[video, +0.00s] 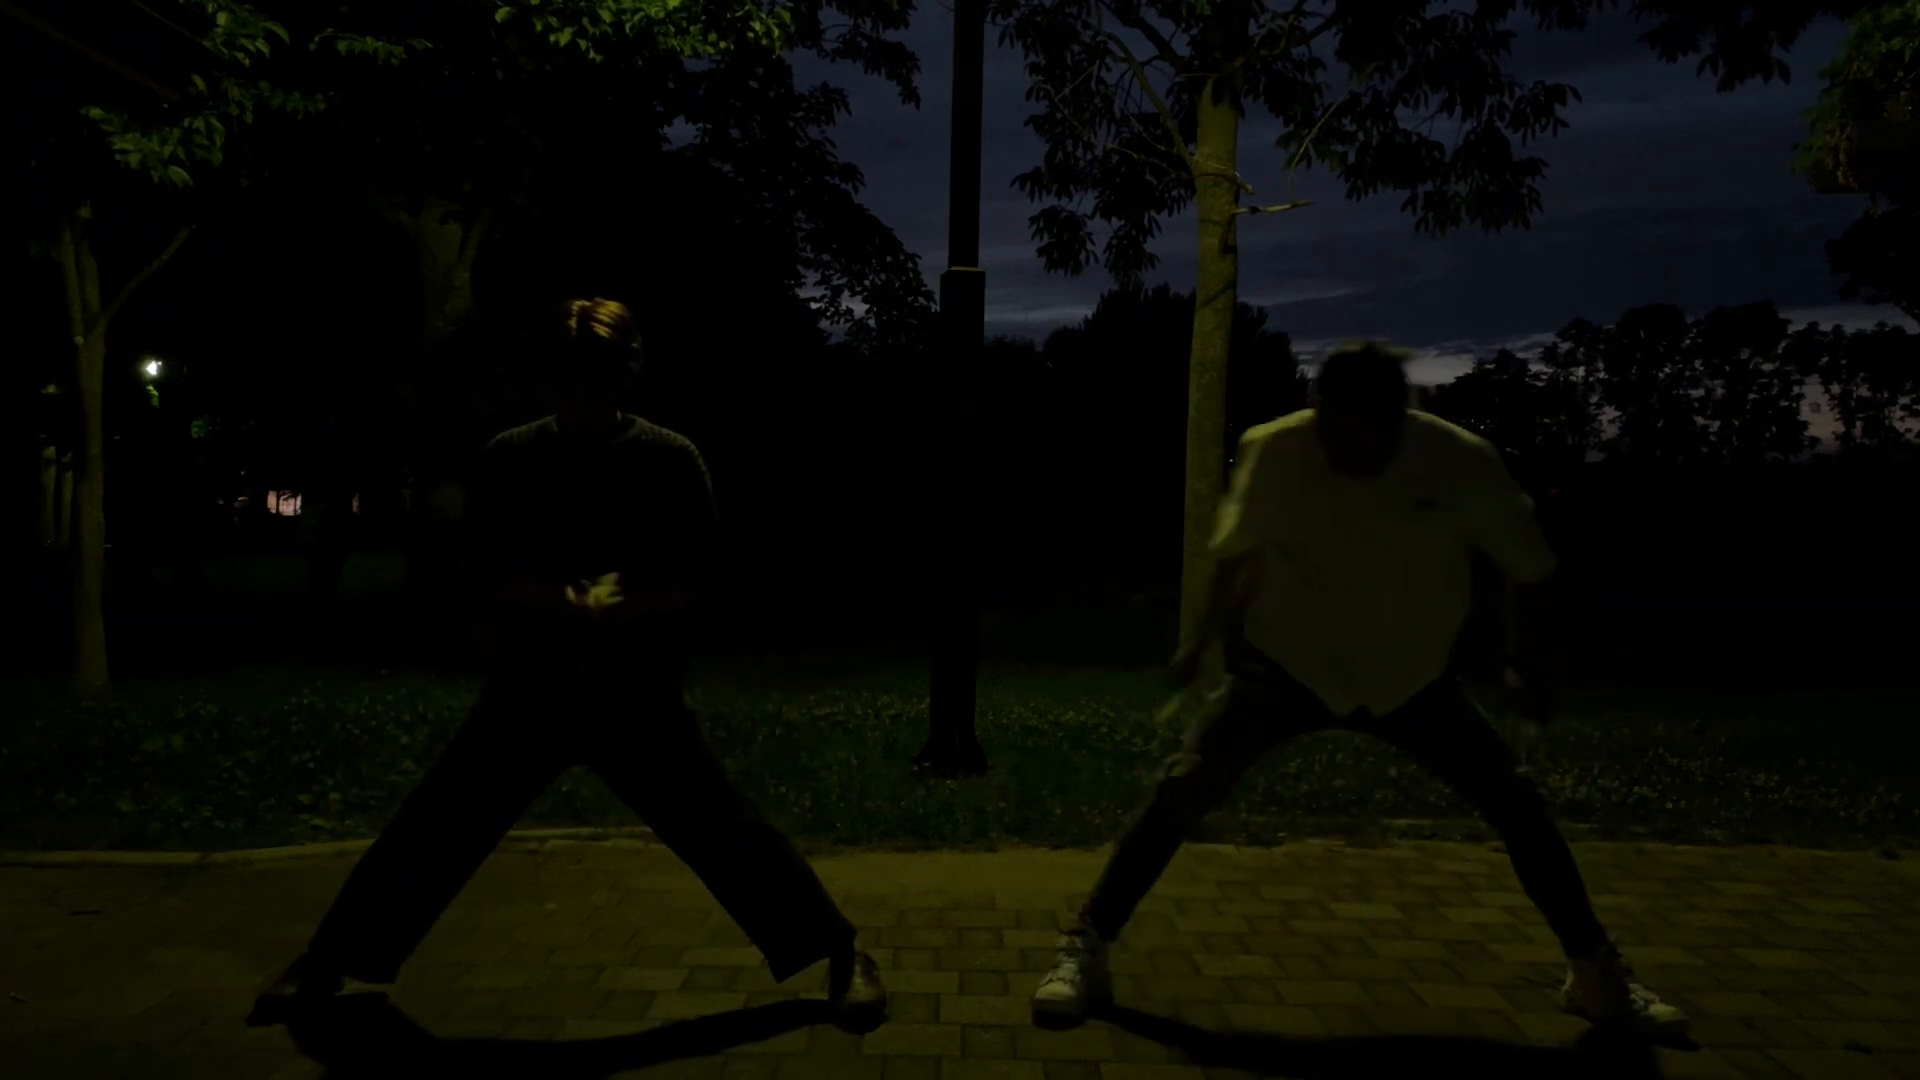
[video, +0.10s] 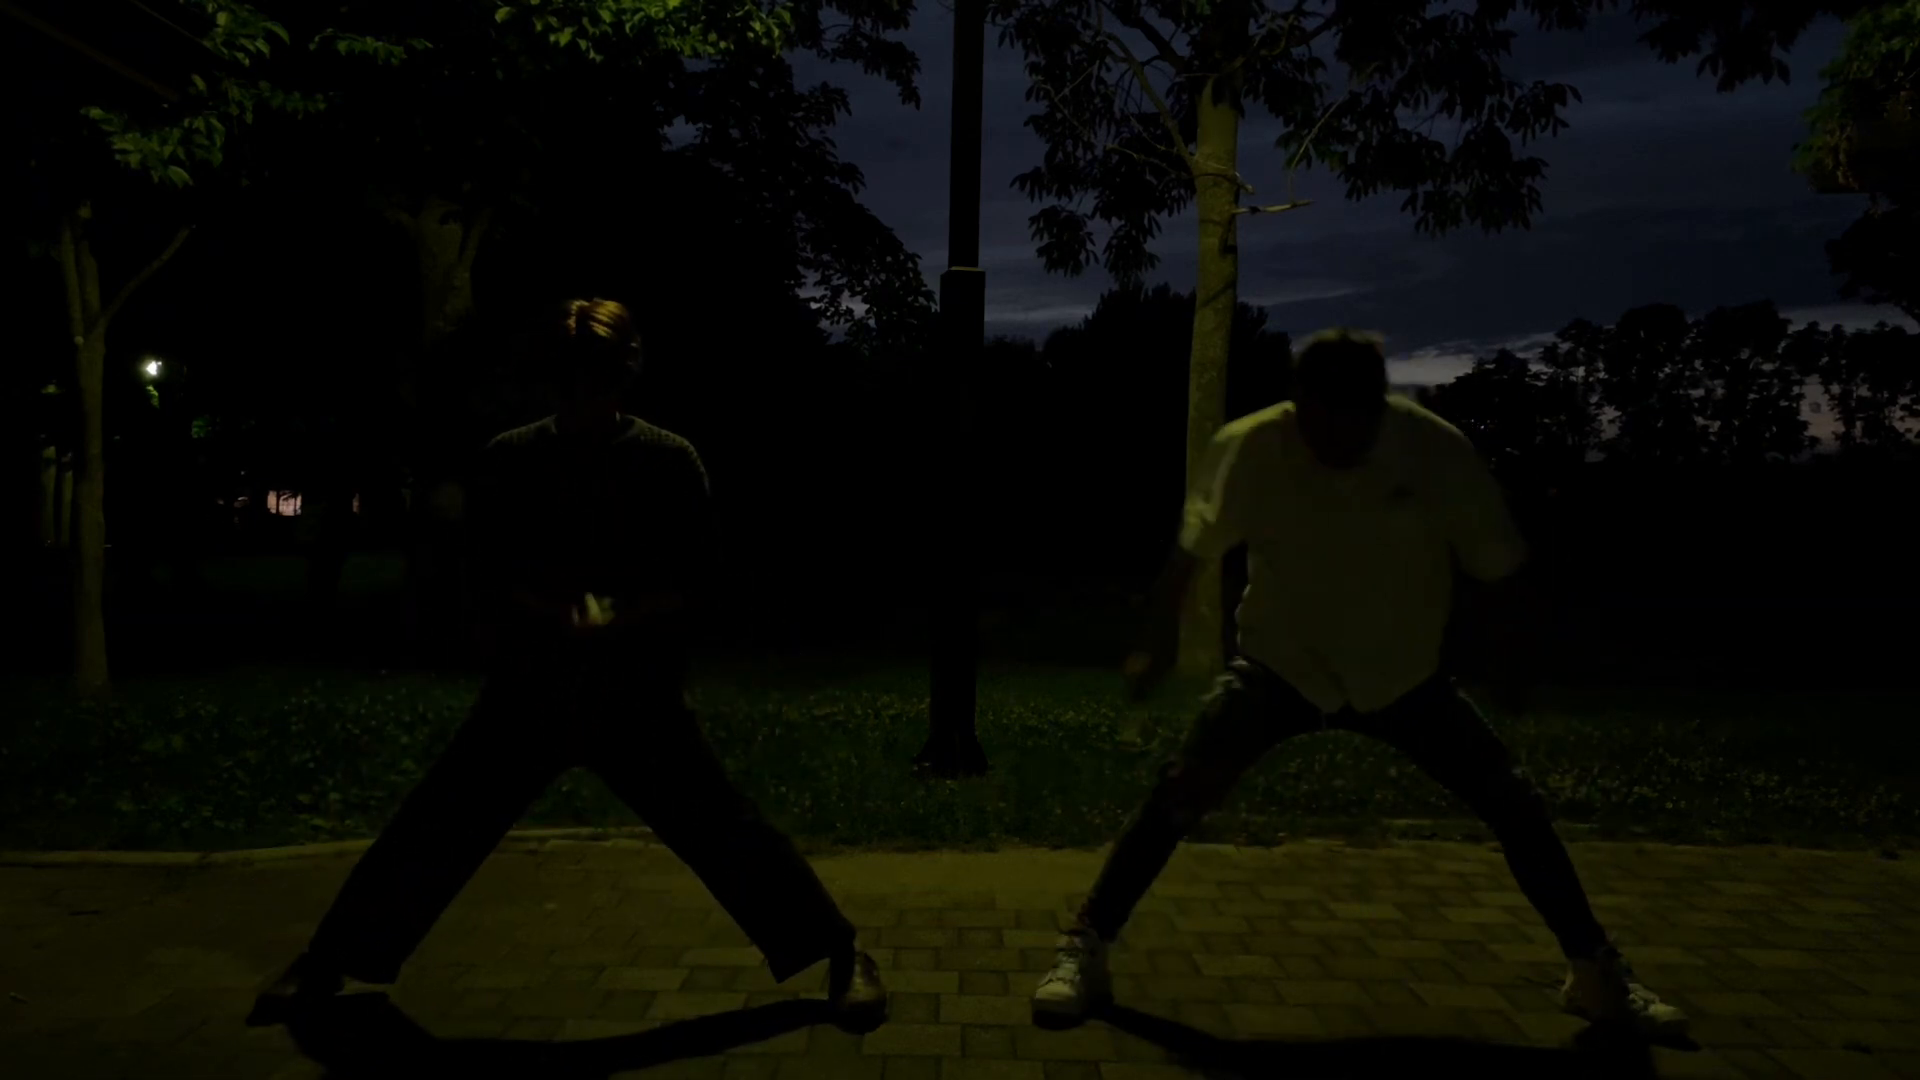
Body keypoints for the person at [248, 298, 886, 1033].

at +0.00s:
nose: (594, 383)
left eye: (608, 367)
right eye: (583, 366)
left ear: (631, 371)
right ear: (560, 369)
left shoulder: (671, 462)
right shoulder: (514, 459)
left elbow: (698, 583)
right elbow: (483, 578)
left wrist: (626, 602)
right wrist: (558, 600)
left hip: (636, 690)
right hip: (529, 688)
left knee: (721, 824)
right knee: (436, 825)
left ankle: (842, 955)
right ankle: (324, 969)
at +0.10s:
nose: (592, 390)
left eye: (605, 373)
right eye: (580, 372)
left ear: (630, 375)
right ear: (558, 373)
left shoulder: (671, 465)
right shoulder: (513, 459)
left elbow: (692, 584)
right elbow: (484, 575)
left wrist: (614, 618)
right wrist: (550, 618)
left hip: (635, 693)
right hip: (529, 691)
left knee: (721, 825)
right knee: (436, 825)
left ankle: (842, 955)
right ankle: (324, 969)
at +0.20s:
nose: (590, 386)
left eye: (604, 370)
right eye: (579, 369)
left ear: (628, 373)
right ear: (558, 372)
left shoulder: (669, 463)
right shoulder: (513, 458)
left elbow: (688, 580)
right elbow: (489, 574)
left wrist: (633, 651)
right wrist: (535, 648)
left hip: (636, 691)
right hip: (530, 688)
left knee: (721, 824)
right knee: (436, 825)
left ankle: (842, 955)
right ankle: (325, 969)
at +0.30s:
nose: (586, 382)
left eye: (600, 367)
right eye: (575, 365)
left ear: (626, 372)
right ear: (555, 371)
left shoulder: (667, 463)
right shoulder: (512, 459)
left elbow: (687, 576)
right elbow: (489, 572)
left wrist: (647, 660)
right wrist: (519, 654)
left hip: (636, 689)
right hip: (530, 686)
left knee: (722, 825)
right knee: (435, 826)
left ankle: (842, 955)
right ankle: (324, 970)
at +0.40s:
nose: (586, 383)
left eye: (599, 367)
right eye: (575, 366)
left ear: (624, 371)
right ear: (555, 371)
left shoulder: (666, 462)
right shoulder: (511, 458)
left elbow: (687, 575)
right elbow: (488, 569)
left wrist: (658, 657)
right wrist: (507, 649)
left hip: (635, 687)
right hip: (531, 684)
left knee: (722, 824)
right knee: (436, 825)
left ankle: (842, 954)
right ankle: (325, 969)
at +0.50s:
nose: (587, 377)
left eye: (600, 360)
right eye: (574, 360)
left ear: (622, 368)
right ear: (550, 369)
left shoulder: (666, 460)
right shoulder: (510, 457)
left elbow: (690, 572)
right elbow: (488, 568)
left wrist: (664, 666)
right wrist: (503, 657)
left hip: (634, 689)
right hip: (529, 687)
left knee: (724, 826)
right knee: (433, 828)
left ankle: (843, 954)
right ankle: (324, 970)